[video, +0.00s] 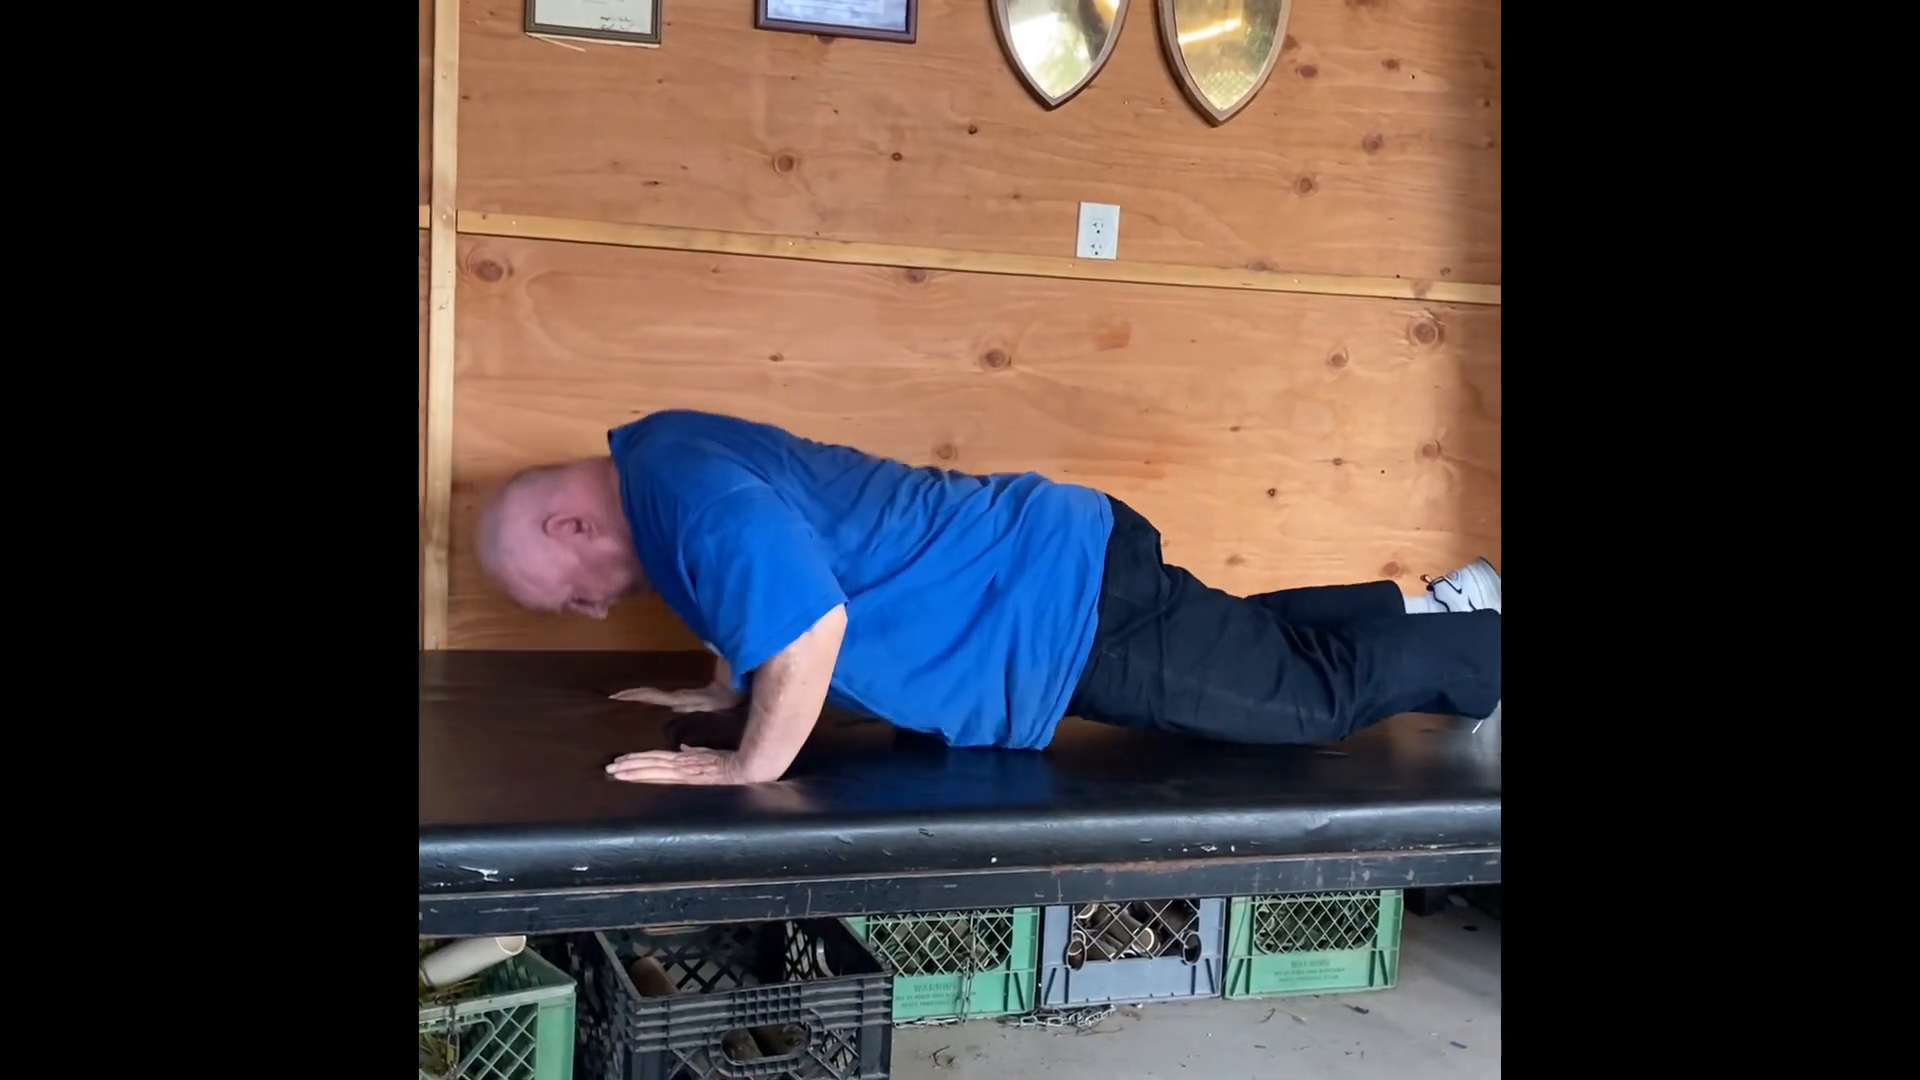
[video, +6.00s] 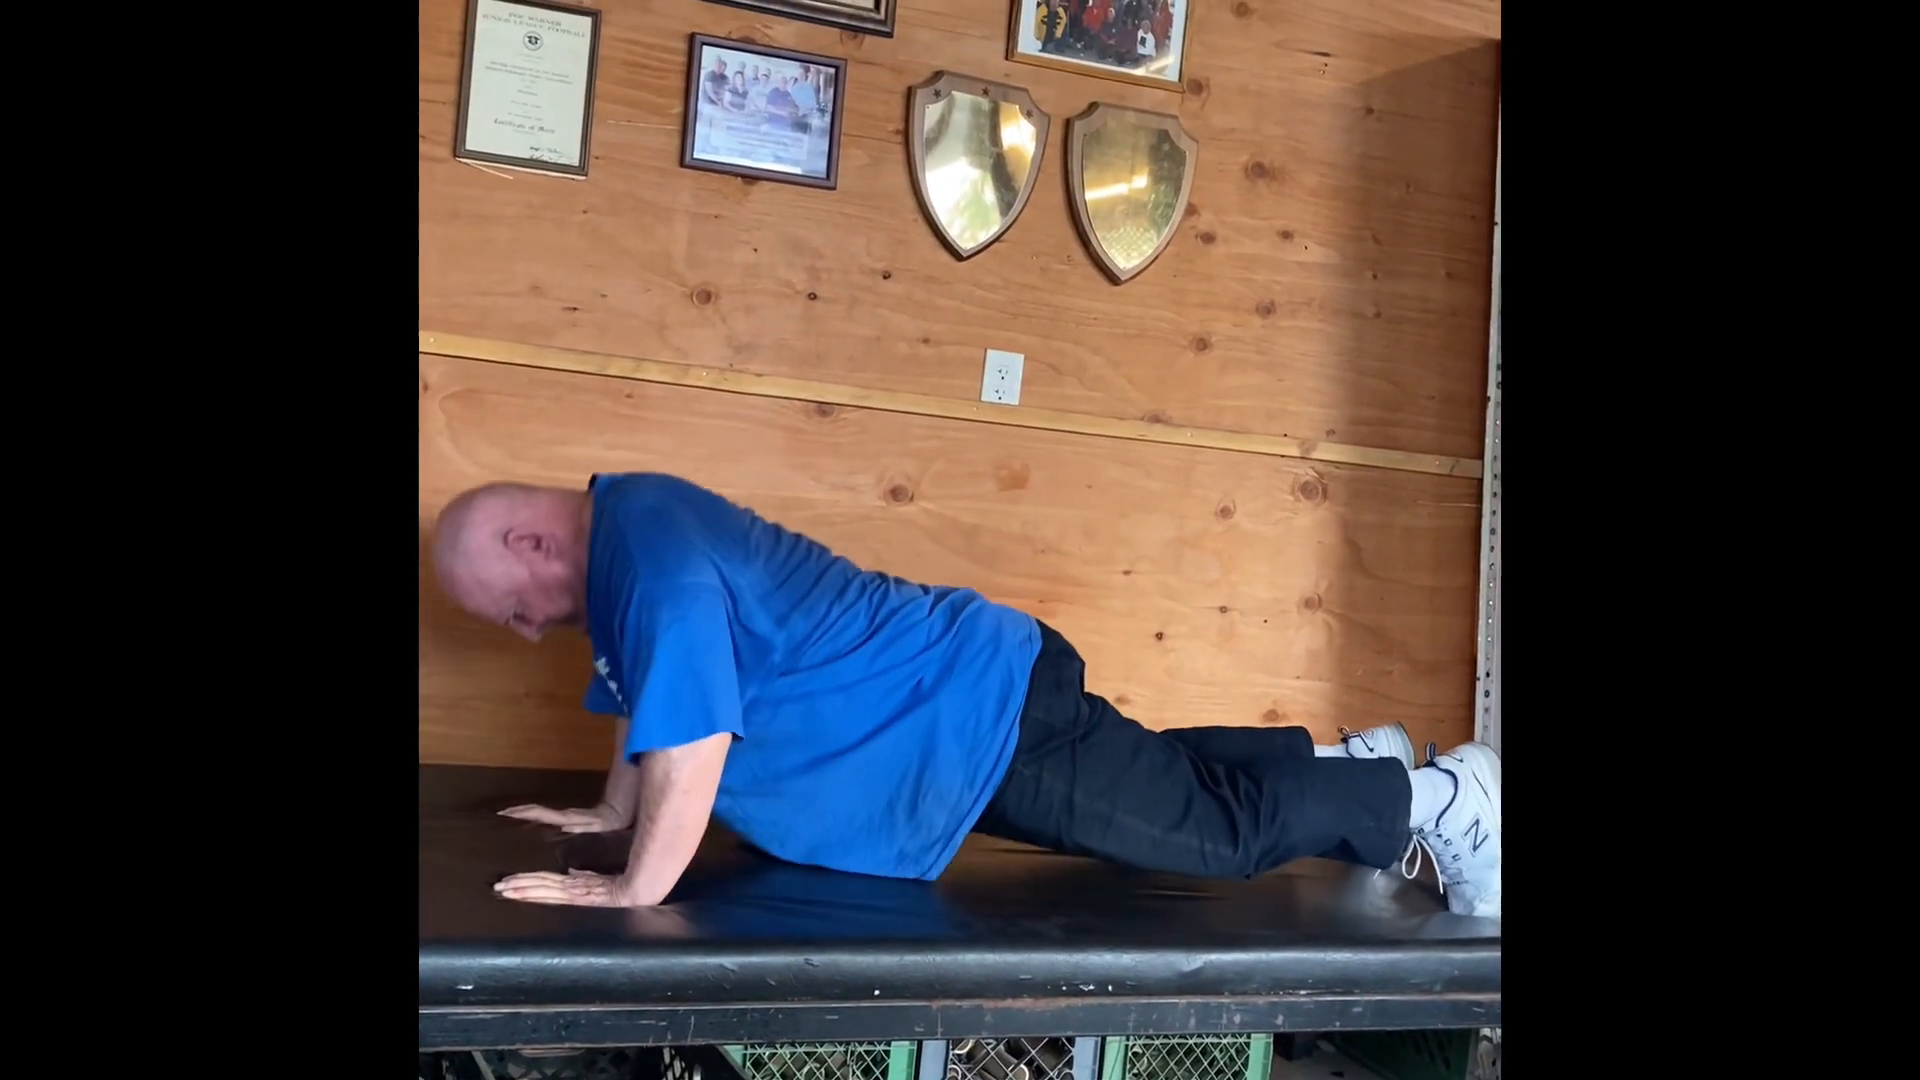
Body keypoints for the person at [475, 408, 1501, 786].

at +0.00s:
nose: (597, 599)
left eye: (571, 591)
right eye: (574, 597)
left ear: (569, 531)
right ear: (564, 500)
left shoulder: (686, 499)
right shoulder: (658, 463)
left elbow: (804, 618)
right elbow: (764, 592)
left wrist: (749, 766)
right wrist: (732, 690)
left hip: (1068, 608)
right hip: (1049, 571)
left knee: (1307, 695)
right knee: (1276, 649)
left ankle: (1486, 653)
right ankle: (1460, 612)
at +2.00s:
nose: (573, 511)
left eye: (556, 491)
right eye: (551, 502)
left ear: (571, 431)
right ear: (569, 415)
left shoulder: (695, 437)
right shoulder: (664, 412)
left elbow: (747, 613)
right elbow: (717, 592)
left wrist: (704, 770)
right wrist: (681, 705)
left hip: (1050, 583)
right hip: (1030, 557)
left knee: (1274, 696)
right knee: (1217, 638)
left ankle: (1462, 662)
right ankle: (1406, 618)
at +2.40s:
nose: (532, 658)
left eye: (511, 649)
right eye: (512, 658)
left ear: (512, 587)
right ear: (508, 573)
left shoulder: (640, 562)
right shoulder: (587, 532)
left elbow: (736, 667)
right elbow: (702, 648)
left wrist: (670, 798)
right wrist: (633, 716)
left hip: (993, 663)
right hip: (969, 670)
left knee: (1222, 755)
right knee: (1178, 705)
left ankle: (1429, 705)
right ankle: (1371, 668)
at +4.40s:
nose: (506, 671)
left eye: (484, 655)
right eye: (485, 668)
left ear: (490, 598)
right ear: (489, 614)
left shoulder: (609, 573)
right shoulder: (579, 597)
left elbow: (692, 727)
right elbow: (704, 715)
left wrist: (630, 864)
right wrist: (622, 788)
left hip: (957, 710)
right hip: (926, 757)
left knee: (1187, 814)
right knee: (1157, 781)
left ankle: (1406, 775)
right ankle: (1356, 736)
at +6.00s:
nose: (532, 614)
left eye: (516, 594)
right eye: (513, 606)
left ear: (531, 537)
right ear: (529, 544)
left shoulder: (654, 550)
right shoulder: (622, 554)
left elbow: (691, 755)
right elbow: (657, 731)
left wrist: (638, 897)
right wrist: (616, 842)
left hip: (989, 707)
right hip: (960, 715)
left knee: (1204, 822)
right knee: (1168, 787)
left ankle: (1430, 804)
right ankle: (1365, 771)